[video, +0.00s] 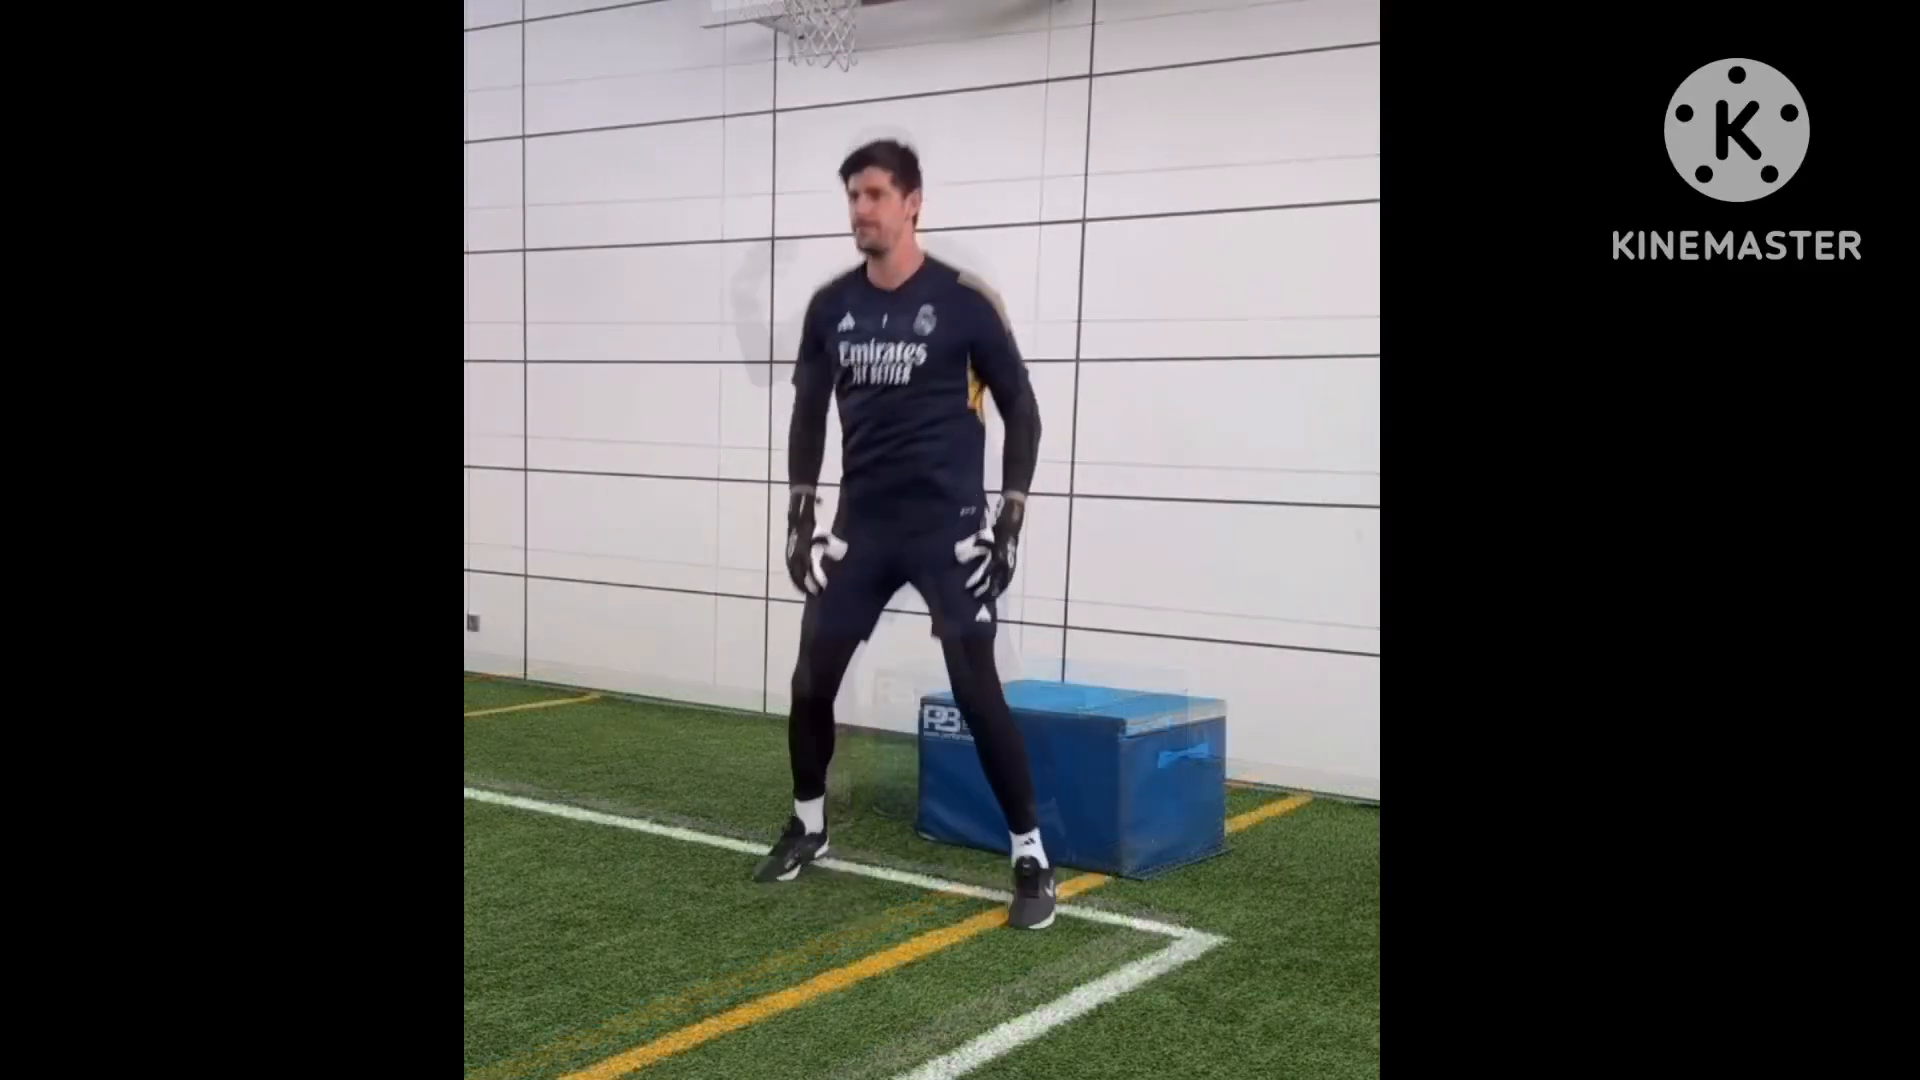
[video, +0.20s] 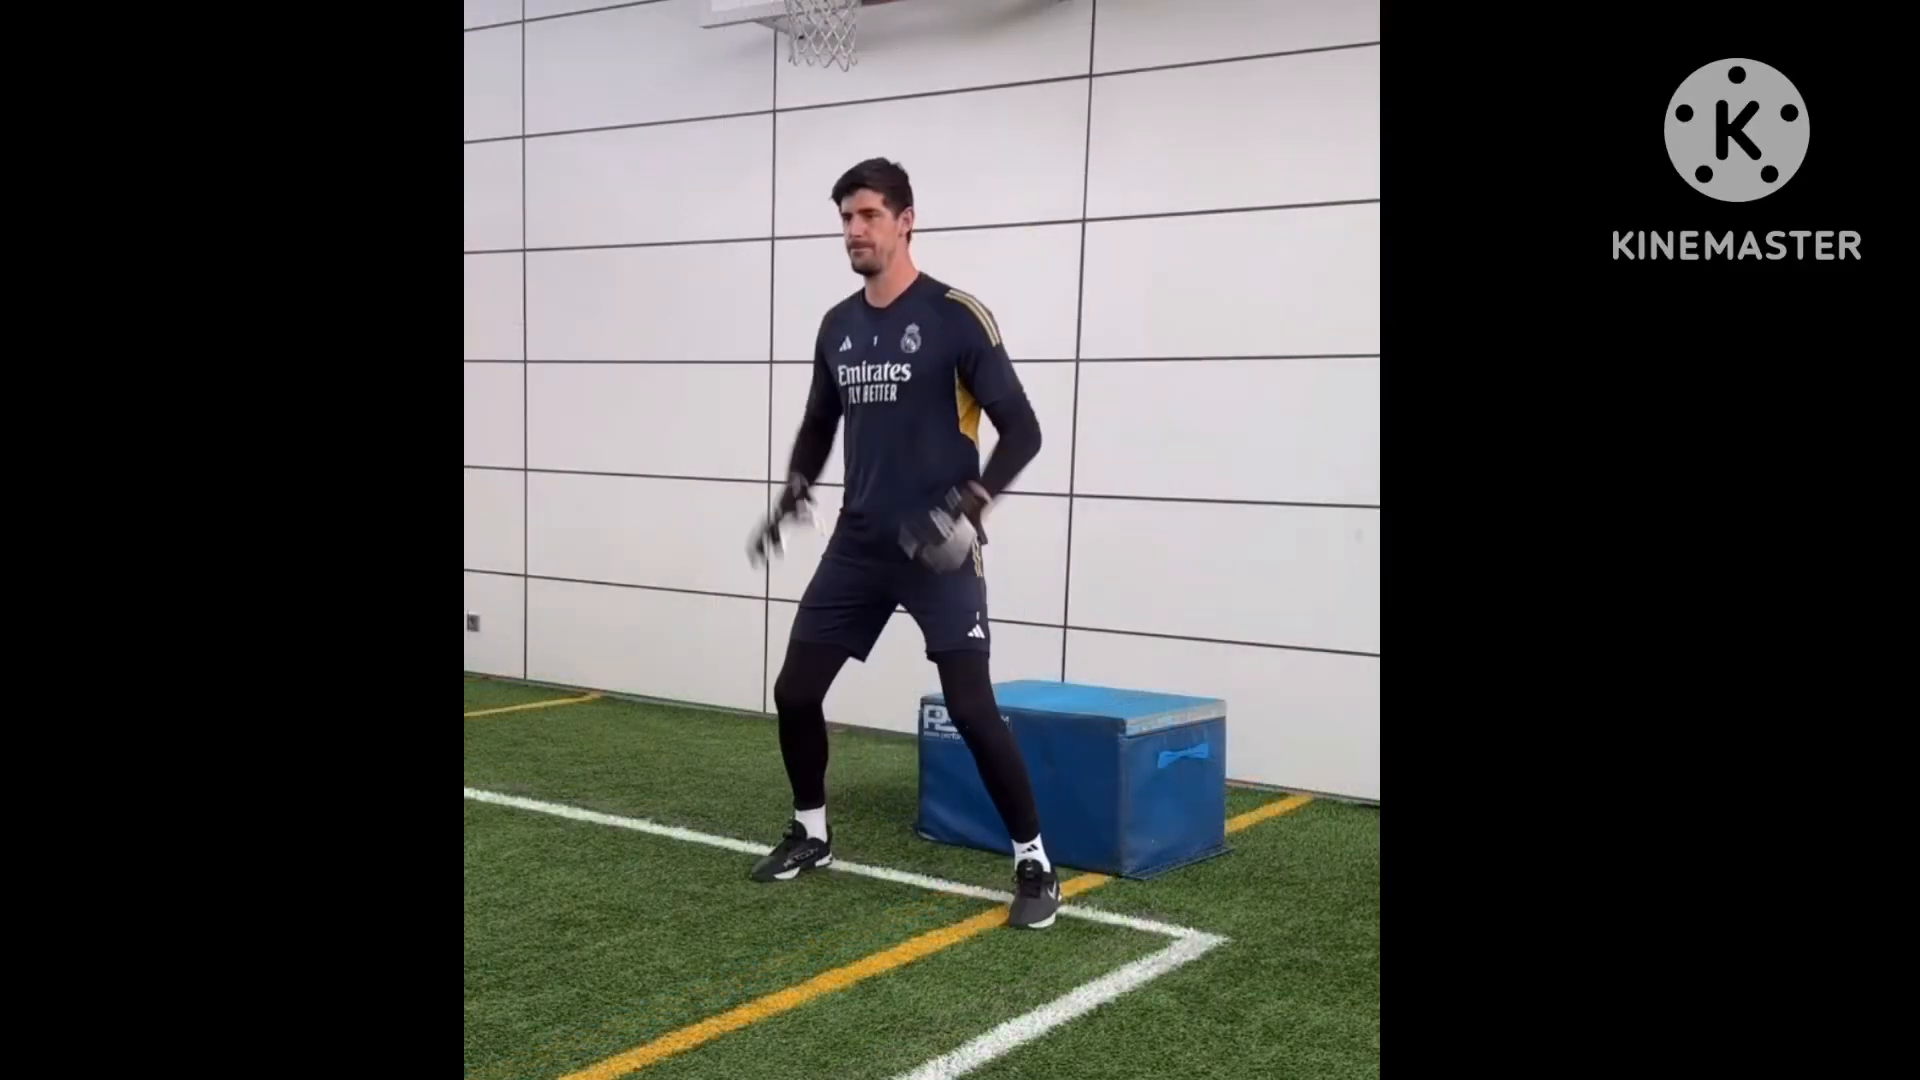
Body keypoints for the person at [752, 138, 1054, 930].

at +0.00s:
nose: (862, 209)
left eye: (876, 195)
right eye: (855, 197)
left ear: (913, 203)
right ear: (847, 209)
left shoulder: (964, 304)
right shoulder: (830, 307)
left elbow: (1021, 412)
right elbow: (808, 412)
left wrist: (1010, 520)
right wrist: (801, 514)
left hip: (950, 523)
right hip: (862, 524)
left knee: (976, 689)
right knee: (811, 683)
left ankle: (1029, 857)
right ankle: (808, 826)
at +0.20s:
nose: (856, 230)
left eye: (869, 215)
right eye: (847, 218)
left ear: (906, 221)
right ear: (841, 229)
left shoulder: (956, 318)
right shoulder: (839, 325)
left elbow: (1022, 432)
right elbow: (820, 420)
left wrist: (967, 506)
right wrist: (791, 496)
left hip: (941, 544)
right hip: (859, 541)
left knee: (971, 707)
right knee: (795, 692)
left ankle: (1033, 863)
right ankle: (811, 834)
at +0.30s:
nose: (865, 226)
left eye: (878, 211)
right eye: (856, 214)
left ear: (916, 214)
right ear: (852, 223)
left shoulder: (959, 299)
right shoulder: (846, 311)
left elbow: (998, 397)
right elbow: (790, 401)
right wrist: (765, 391)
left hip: (941, 542)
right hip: (857, 540)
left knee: (977, 706)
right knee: (802, 691)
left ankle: (1033, 860)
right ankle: (811, 834)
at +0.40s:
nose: (875, 228)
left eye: (887, 214)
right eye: (866, 217)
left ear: (925, 216)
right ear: (859, 226)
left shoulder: (966, 289)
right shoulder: (848, 303)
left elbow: (956, 323)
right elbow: (756, 342)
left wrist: (877, 269)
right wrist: (745, 257)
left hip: (945, 533)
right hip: (862, 535)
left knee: (983, 706)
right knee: (805, 692)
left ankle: (1034, 862)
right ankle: (811, 835)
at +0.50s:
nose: (875, 217)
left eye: (886, 202)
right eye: (866, 207)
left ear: (923, 206)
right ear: (865, 218)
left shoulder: (964, 282)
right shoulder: (853, 295)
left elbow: (903, 275)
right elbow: (758, 298)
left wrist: (847, 182)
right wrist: (767, 196)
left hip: (946, 518)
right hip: (867, 522)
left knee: (981, 697)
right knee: (811, 688)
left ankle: (1036, 863)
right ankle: (810, 834)